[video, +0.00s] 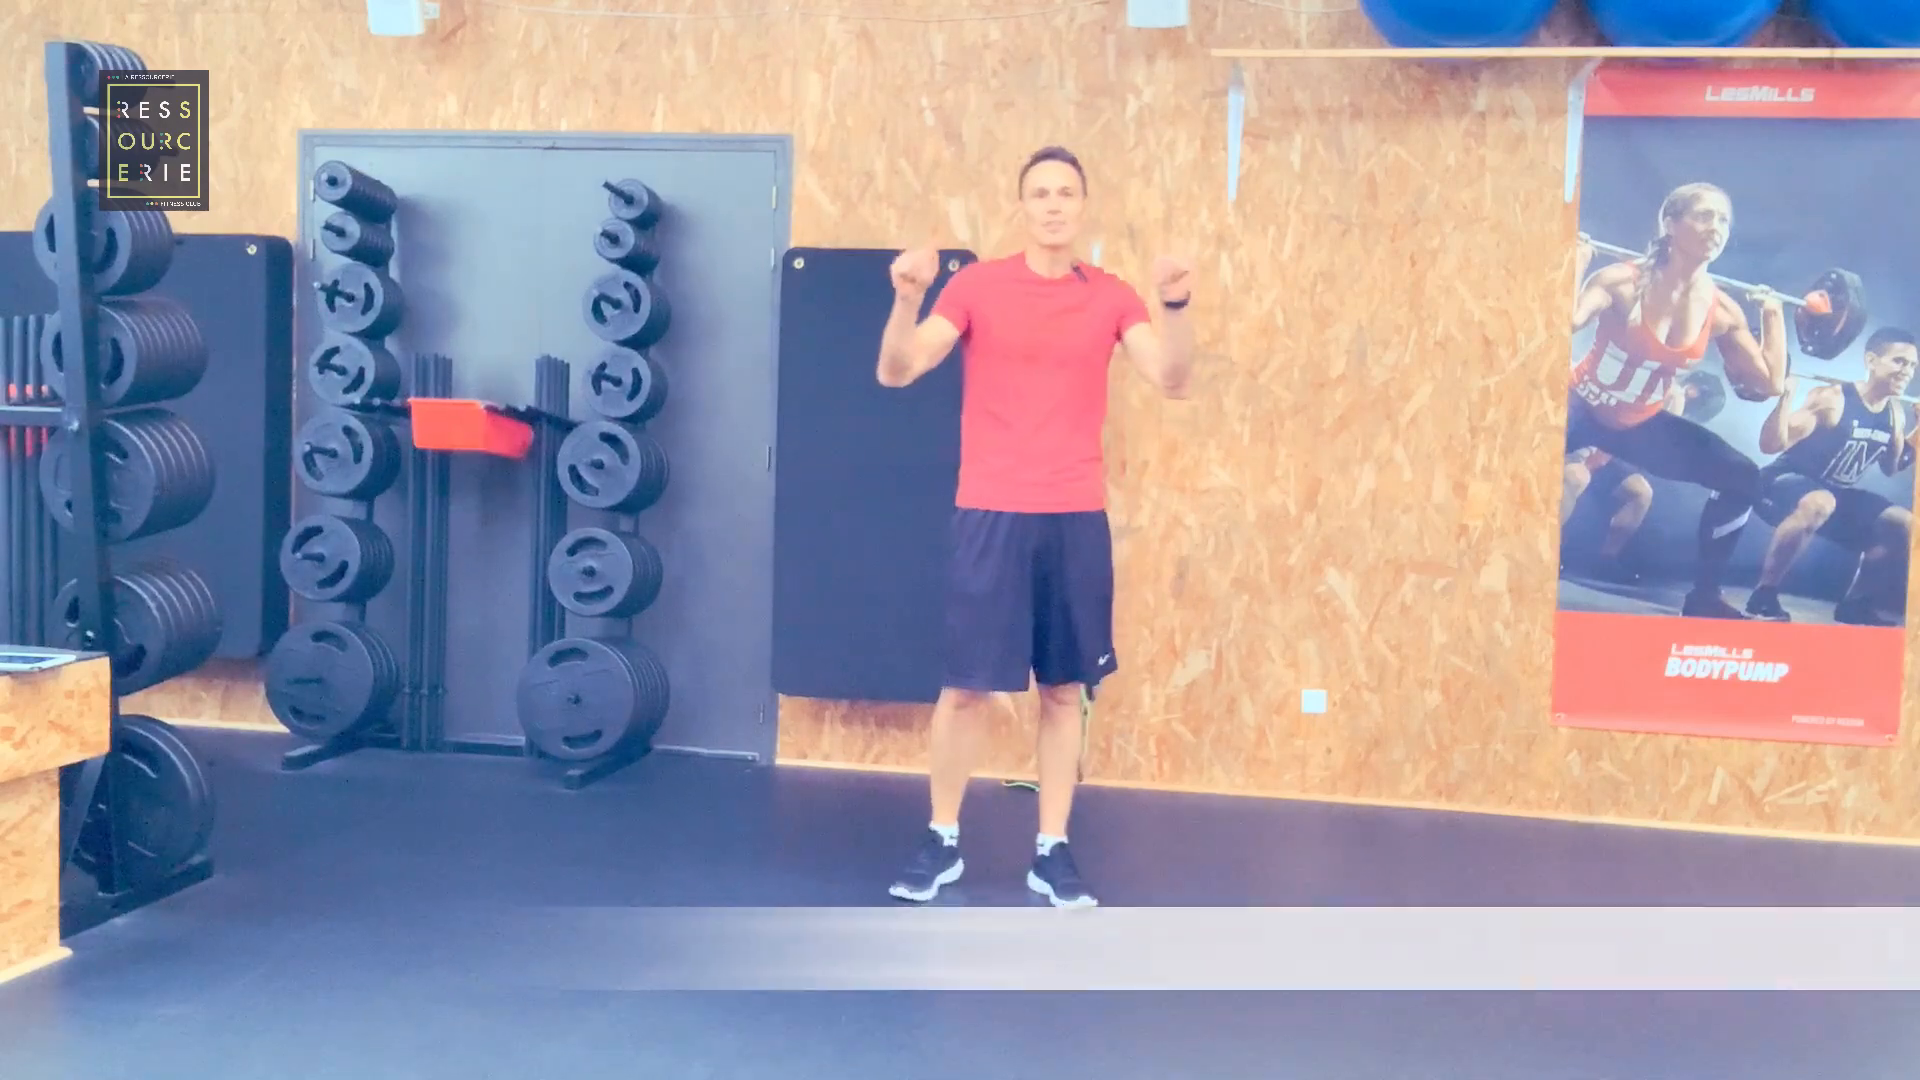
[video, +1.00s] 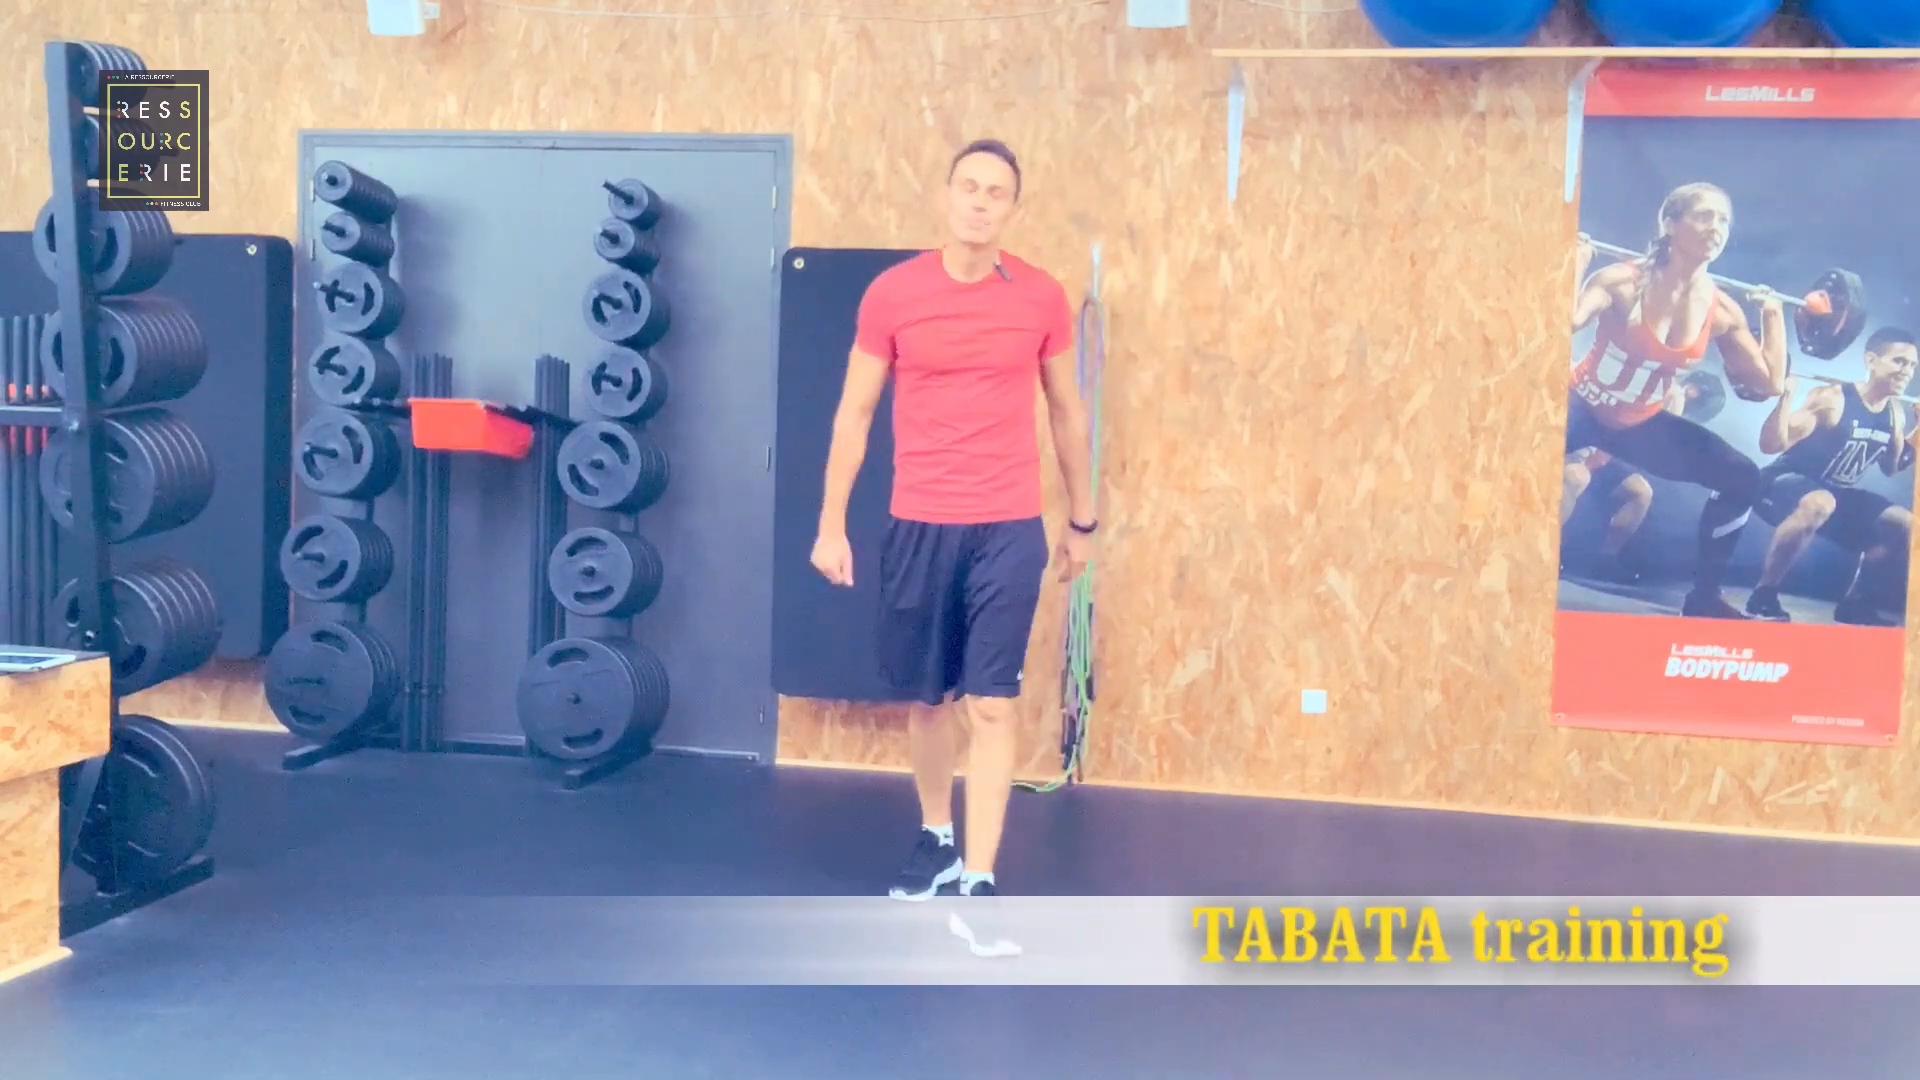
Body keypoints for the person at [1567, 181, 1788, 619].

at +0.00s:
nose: (1716, 228)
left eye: (1724, 221)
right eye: (1704, 216)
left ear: (1728, 234)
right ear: (1670, 223)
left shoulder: (1722, 310)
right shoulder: (1620, 279)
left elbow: (1768, 386)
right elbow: (1559, 325)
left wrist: (1773, 312)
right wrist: (1573, 269)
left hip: (1644, 425)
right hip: (1579, 409)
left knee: (1741, 477)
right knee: (1514, 448)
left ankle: (1705, 596)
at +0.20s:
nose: (1716, 228)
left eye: (1724, 221)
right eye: (1704, 216)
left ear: (1728, 234)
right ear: (1670, 223)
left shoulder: (1722, 310)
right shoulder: (1620, 279)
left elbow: (1768, 386)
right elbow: (1559, 324)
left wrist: (1773, 312)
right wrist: (1573, 269)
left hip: (1644, 425)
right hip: (1579, 409)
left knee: (1741, 477)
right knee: (1514, 448)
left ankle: (1705, 597)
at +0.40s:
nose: (1716, 228)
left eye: (1724, 221)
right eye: (1704, 216)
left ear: (1728, 234)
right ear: (1670, 223)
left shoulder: (1722, 310)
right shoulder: (1620, 279)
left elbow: (1768, 386)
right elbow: (1559, 324)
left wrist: (1773, 312)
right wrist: (1573, 269)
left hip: (1644, 425)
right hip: (1579, 409)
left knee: (1742, 477)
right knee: (1515, 448)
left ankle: (1705, 597)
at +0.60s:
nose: (1716, 228)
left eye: (1724, 221)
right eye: (1704, 216)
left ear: (1728, 234)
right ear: (1670, 223)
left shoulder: (1722, 310)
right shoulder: (1620, 279)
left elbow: (1768, 386)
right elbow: (1559, 325)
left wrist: (1773, 312)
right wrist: (1573, 269)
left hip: (1644, 425)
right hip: (1579, 409)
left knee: (1741, 477)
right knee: (1515, 448)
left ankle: (1705, 597)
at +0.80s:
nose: (1716, 228)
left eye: (1724, 221)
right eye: (1704, 216)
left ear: (1728, 234)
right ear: (1671, 223)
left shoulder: (1722, 310)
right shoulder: (1620, 279)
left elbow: (1768, 386)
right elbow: (1559, 324)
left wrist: (1773, 312)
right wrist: (1573, 269)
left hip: (1644, 425)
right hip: (1579, 409)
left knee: (1741, 477)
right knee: (1516, 447)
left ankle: (1705, 597)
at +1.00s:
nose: (1716, 228)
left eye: (1724, 221)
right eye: (1704, 216)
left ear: (1728, 234)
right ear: (1671, 224)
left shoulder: (1722, 310)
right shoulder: (1620, 279)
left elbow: (1768, 386)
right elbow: (1559, 324)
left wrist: (1773, 312)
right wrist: (1573, 269)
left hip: (1644, 425)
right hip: (1579, 409)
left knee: (1741, 477)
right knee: (1515, 447)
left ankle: (1705, 597)